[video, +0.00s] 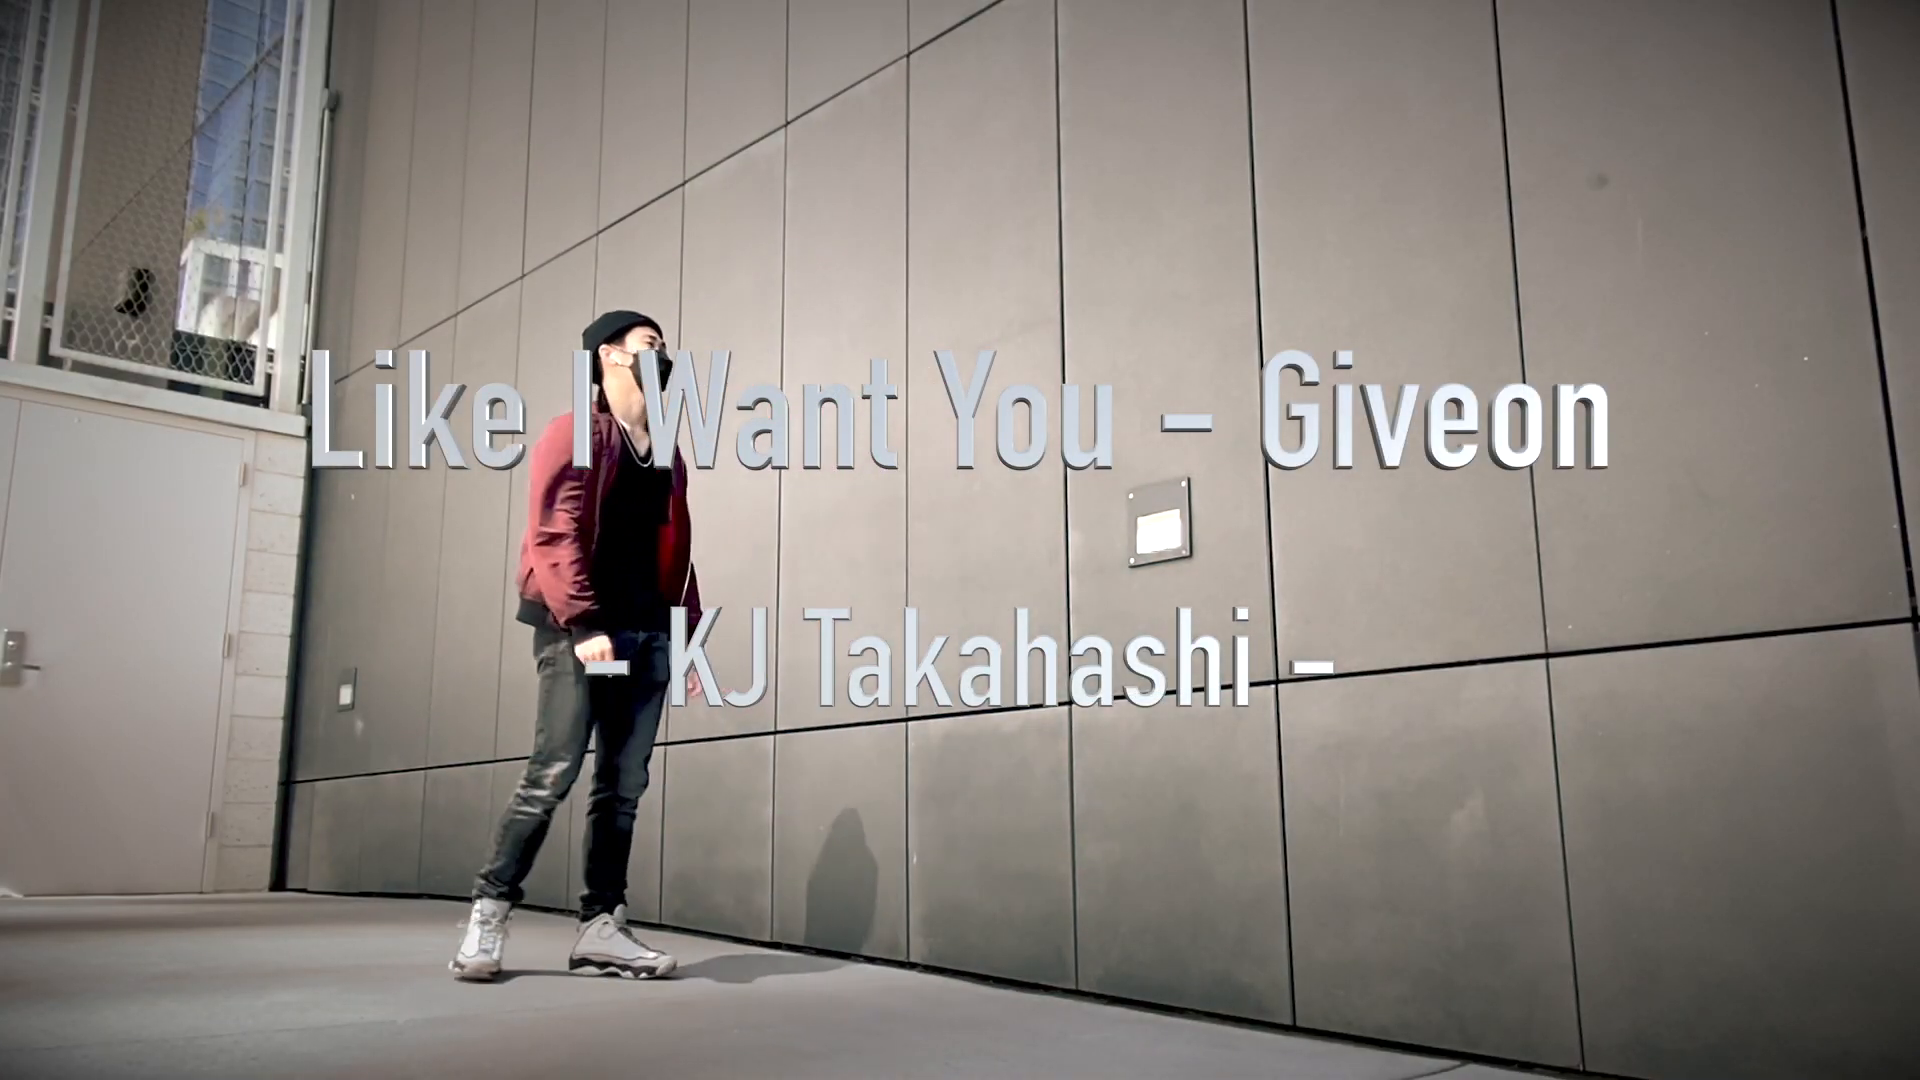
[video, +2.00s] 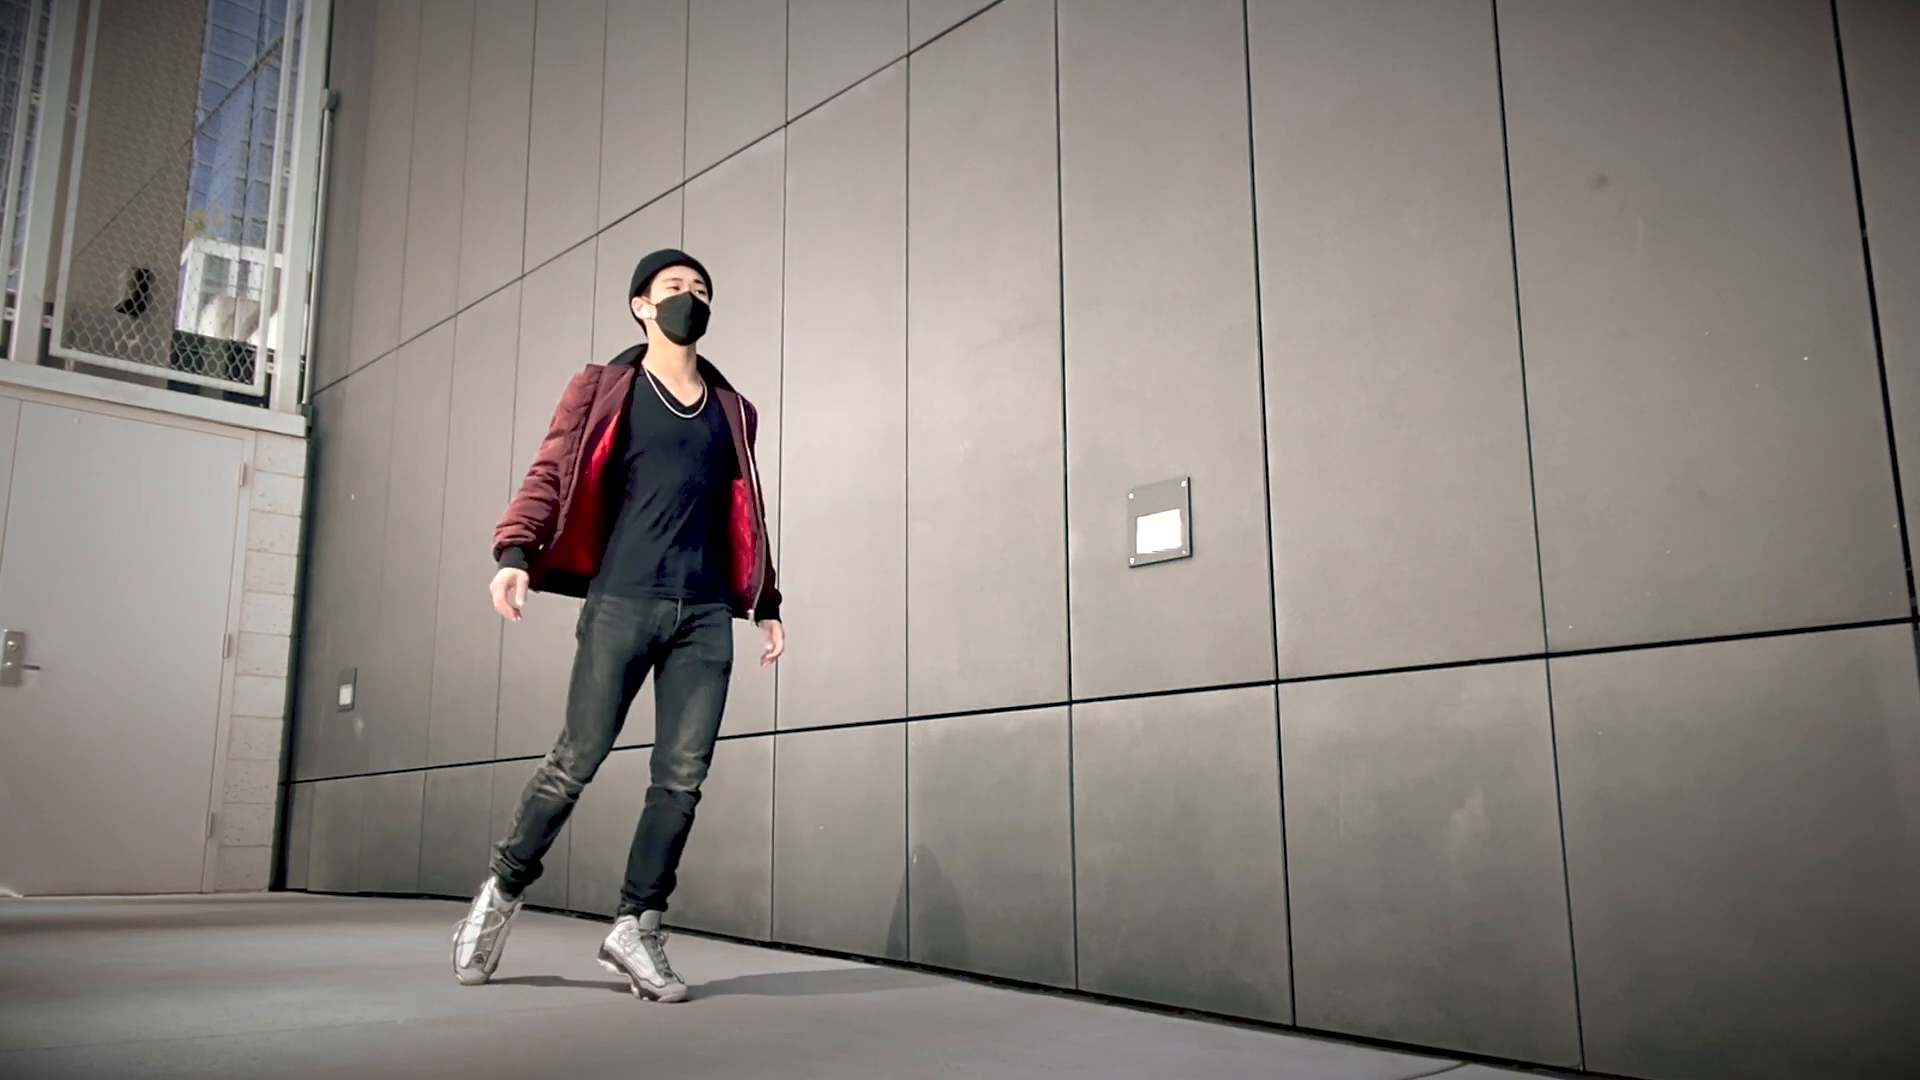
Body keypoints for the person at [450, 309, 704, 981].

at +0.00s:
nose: (655, 360)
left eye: (659, 352)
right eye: (643, 350)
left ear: (662, 363)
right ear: (608, 358)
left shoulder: (667, 448)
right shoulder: (574, 433)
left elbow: (674, 551)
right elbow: (551, 539)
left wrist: (686, 636)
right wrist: (582, 625)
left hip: (645, 628)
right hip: (574, 623)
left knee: (624, 785)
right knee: (555, 772)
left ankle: (599, 927)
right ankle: (488, 916)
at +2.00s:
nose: (688, 293)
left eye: (699, 287)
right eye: (672, 285)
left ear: (710, 313)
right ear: (640, 309)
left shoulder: (734, 409)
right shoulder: (601, 385)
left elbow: (746, 512)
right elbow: (551, 472)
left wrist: (766, 600)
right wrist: (515, 552)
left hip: (706, 613)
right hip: (620, 603)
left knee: (682, 776)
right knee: (577, 761)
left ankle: (635, 928)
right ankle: (500, 895)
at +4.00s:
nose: (511, 281)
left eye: (527, 267)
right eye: (500, 270)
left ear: (567, 280)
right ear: (491, 286)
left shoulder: (598, 367)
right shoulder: (477, 371)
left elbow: (540, 447)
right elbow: (458, 465)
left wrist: (423, 504)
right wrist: (496, 527)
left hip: (564, 589)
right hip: (496, 586)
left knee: (522, 769)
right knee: (461, 764)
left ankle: (528, 951)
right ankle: (482, 912)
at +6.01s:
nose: (924, 312)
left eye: (933, 304)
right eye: (907, 301)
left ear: (941, 319)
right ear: (869, 313)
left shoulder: (951, 405)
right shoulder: (836, 385)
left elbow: (966, 502)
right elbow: (756, 446)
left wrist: (969, 599)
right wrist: (839, 474)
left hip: (956, 614)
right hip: (885, 617)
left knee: (1022, 770)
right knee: (862, 793)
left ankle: (963, 932)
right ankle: (790, 954)